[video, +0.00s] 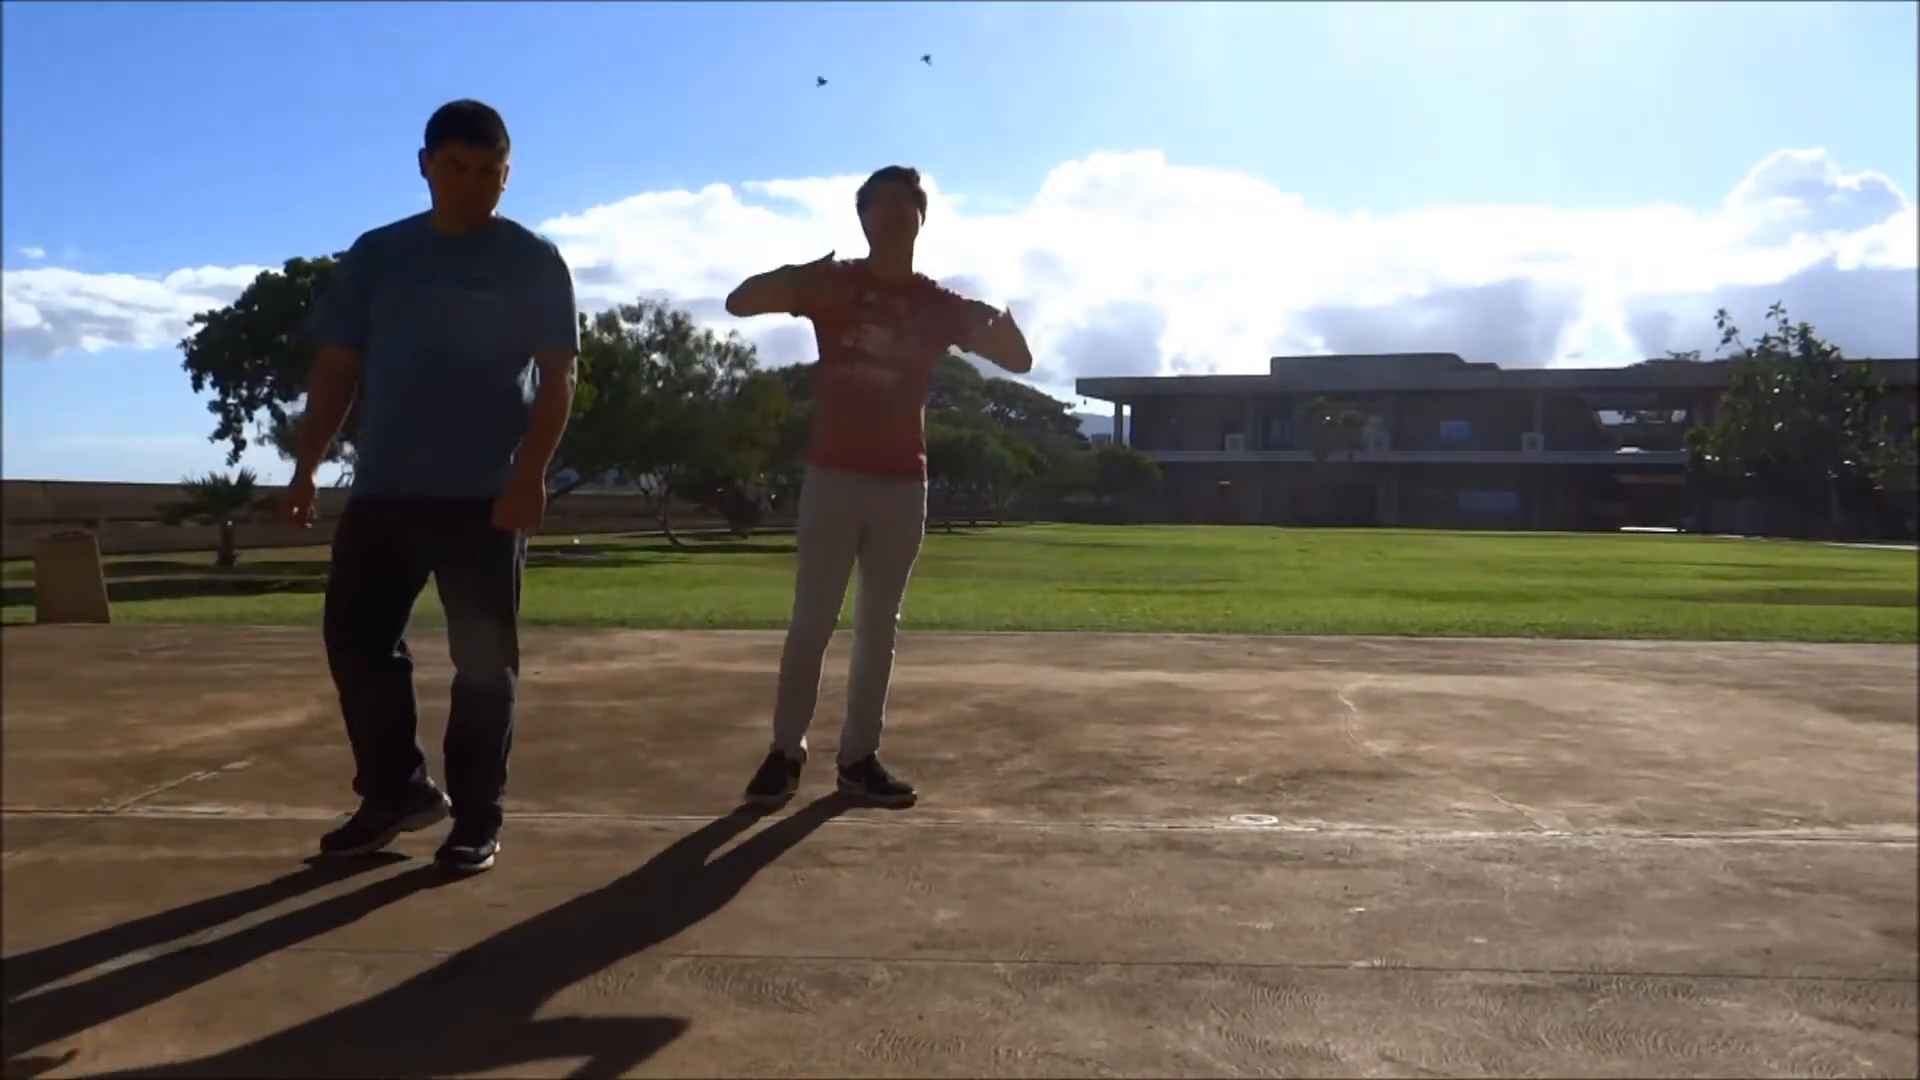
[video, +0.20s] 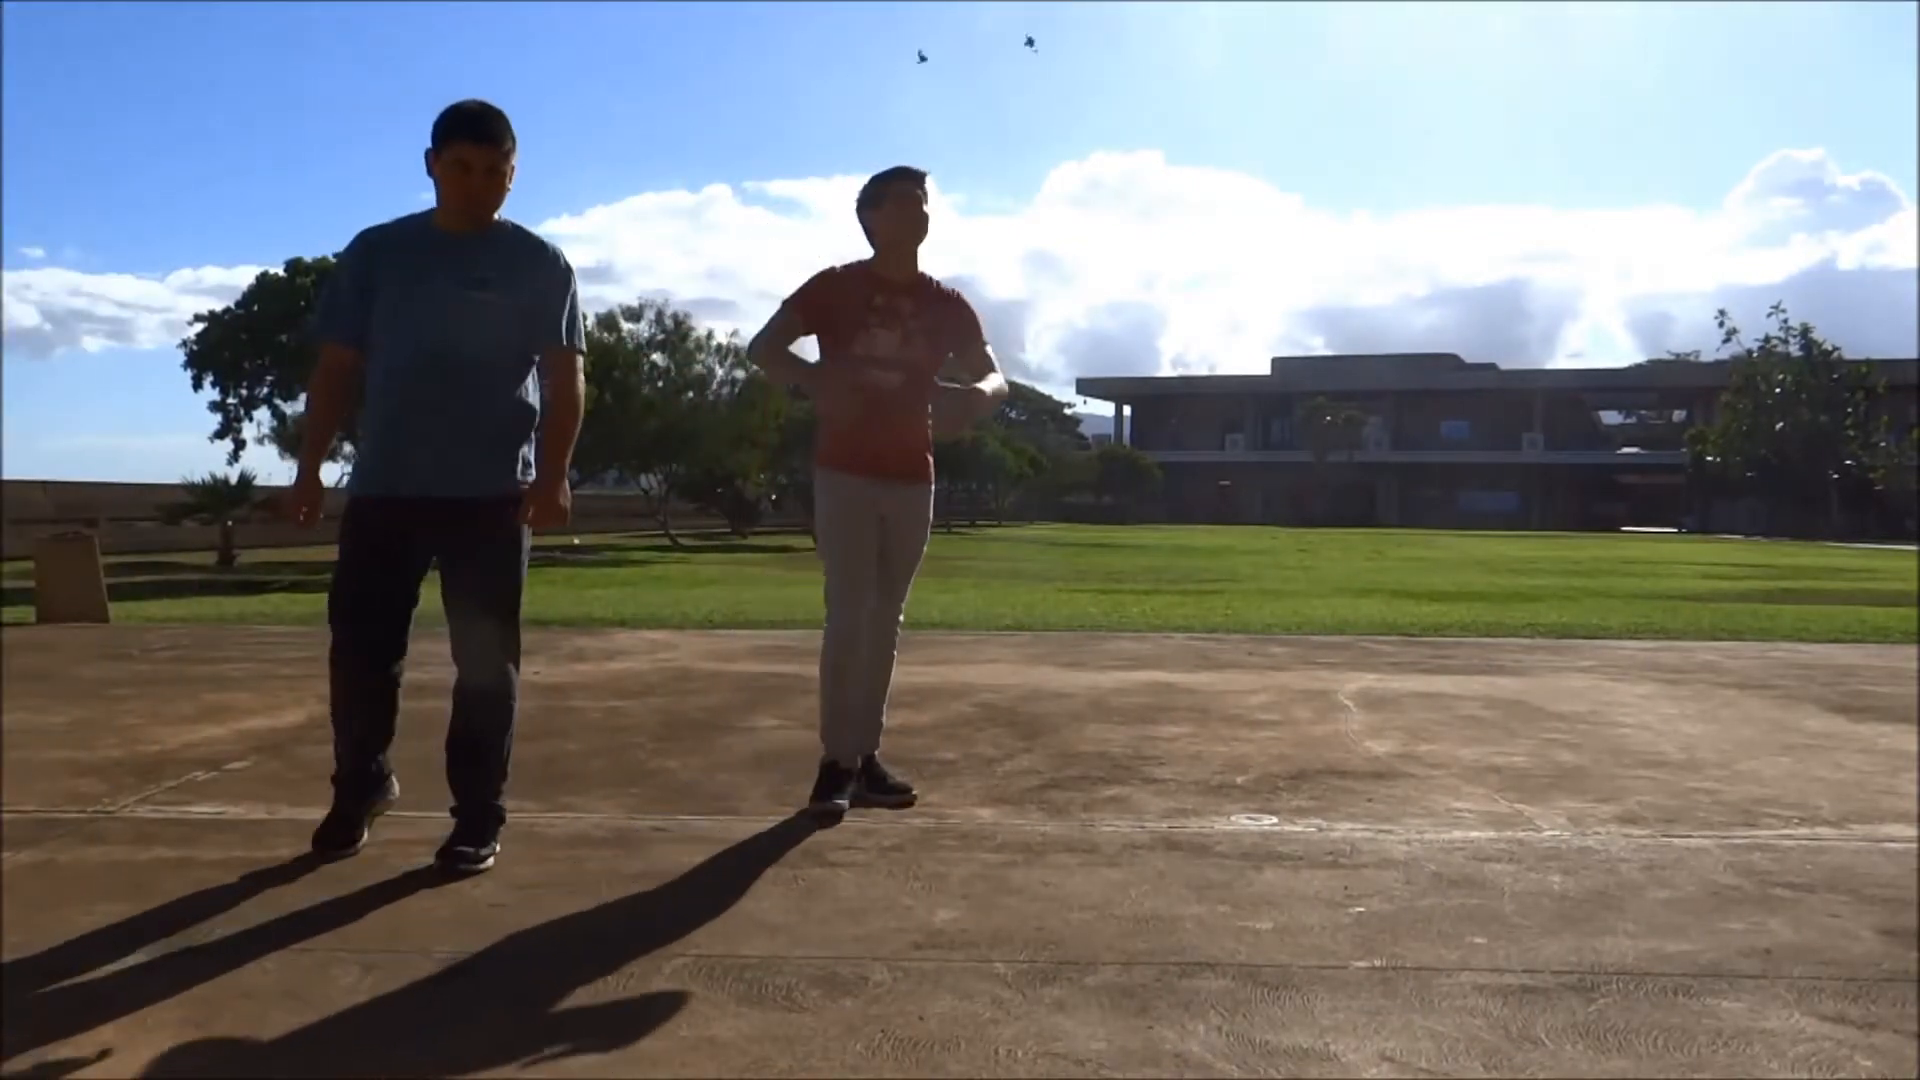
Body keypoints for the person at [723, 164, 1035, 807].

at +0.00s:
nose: (897, 217)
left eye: (907, 207)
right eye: (885, 207)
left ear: (922, 217)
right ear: (863, 218)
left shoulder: (939, 303)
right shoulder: (832, 285)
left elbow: (1018, 360)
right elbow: (740, 302)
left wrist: (1001, 321)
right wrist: (807, 275)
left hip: (901, 484)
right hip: (831, 477)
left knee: (879, 629)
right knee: (810, 623)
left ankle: (859, 761)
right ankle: (786, 754)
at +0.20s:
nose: (922, 209)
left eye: (924, 200)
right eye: (907, 200)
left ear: (927, 215)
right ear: (872, 216)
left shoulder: (949, 305)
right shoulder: (833, 288)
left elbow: (994, 379)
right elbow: (765, 349)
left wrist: (976, 397)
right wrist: (816, 381)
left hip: (911, 480)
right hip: (846, 476)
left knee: (886, 620)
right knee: (850, 615)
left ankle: (866, 760)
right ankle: (837, 765)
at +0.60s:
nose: (939, 210)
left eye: (937, 200)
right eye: (926, 200)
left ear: (920, 214)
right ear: (885, 214)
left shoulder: (952, 298)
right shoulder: (845, 294)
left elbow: (982, 390)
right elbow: (804, 394)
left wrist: (998, 474)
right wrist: (822, 487)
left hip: (935, 482)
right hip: (870, 481)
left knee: (898, 620)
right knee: (899, 621)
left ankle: (857, 755)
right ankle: (911, 775)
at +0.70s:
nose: (946, 206)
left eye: (942, 196)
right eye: (931, 198)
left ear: (922, 213)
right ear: (893, 212)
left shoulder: (957, 296)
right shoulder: (850, 294)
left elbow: (991, 387)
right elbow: (810, 397)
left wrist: (1015, 469)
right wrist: (815, 491)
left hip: (941, 481)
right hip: (878, 479)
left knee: (900, 619)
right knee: (909, 621)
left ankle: (858, 754)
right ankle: (917, 779)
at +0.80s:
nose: (954, 202)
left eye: (950, 191)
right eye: (939, 193)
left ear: (928, 209)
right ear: (901, 207)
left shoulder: (961, 291)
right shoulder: (854, 291)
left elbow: (1003, 384)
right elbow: (815, 396)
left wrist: (1034, 465)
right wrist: (808, 492)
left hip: (946, 478)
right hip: (882, 476)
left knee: (907, 615)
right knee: (916, 618)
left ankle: (860, 749)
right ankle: (918, 784)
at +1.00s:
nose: (968, 193)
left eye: (964, 182)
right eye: (955, 183)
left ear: (936, 198)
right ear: (915, 196)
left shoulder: (971, 283)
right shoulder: (864, 283)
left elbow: (1007, 376)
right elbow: (821, 388)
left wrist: (1056, 456)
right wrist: (807, 487)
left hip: (960, 477)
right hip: (899, 477)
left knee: (932, 626)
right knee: (920, 624)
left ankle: (868, 738)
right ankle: (920, 784)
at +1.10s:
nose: (974, 193)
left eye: (970, 182)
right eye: (961, 183)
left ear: (941, 197)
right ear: (921, 196)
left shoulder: (976, 284)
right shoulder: (869, 282)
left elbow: (1007, 381)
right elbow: (828, 392)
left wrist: (1055, 462)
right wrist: (816, 494)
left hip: (966, 479)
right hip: (904, 480)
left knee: (962, 627)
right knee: (923, 627)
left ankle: (876, 733)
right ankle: (923, 784)